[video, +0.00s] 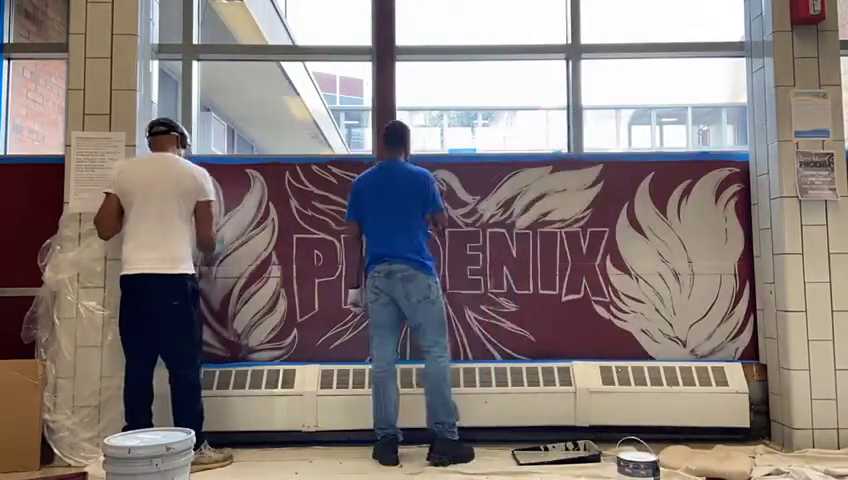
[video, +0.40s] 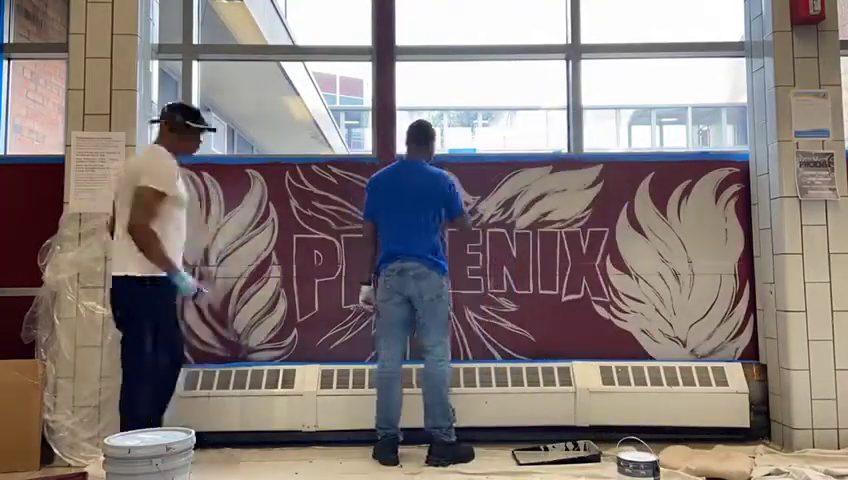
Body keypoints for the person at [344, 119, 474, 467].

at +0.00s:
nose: (398, 151)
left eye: (383, 144)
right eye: (406, 145)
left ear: (380, 145)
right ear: (408, 146)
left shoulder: (361, 182)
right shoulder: (422, 177)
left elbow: (355, 231)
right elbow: (440, 220)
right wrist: (417, 211)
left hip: (377, 275)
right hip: (416, 273)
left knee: (382, 358)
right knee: (435, 352)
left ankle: (386, 442)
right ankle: (445, 439)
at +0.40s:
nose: (426, 151)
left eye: (415, 144)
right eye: (430, 145)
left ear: (405, 144)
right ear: (433, 146)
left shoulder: (379, 180)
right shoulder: (443, 180)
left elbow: (369, 232)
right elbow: (462, 221)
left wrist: (369, 279)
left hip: (390, 273)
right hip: (430, 272)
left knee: (388, 358)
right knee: (436, 354)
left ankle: (387, 442)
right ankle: (442, 442)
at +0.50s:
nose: (423, 147)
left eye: (418, 140)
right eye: (425, 142)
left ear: (402, 141)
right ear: (428, 145)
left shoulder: (377, 179)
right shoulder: (436, 176)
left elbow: (367, 233)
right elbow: (444, 228)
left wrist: (365, 280)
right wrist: (446, 270)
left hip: (389, 272)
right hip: (430, 272)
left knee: (388, 356)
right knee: (435, 354)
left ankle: (386, 437)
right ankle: (440, 436)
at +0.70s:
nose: (402, 155)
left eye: (391, 146)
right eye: (404, 149)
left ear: (377, 146)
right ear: (404, 149)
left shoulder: (355, 182)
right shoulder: (409, 180)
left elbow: (348, 229)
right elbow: (427, 223)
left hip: (367, 274)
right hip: (402, 273)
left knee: (373, 355)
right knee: (421, 348)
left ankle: (376, 439)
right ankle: (423, 437)